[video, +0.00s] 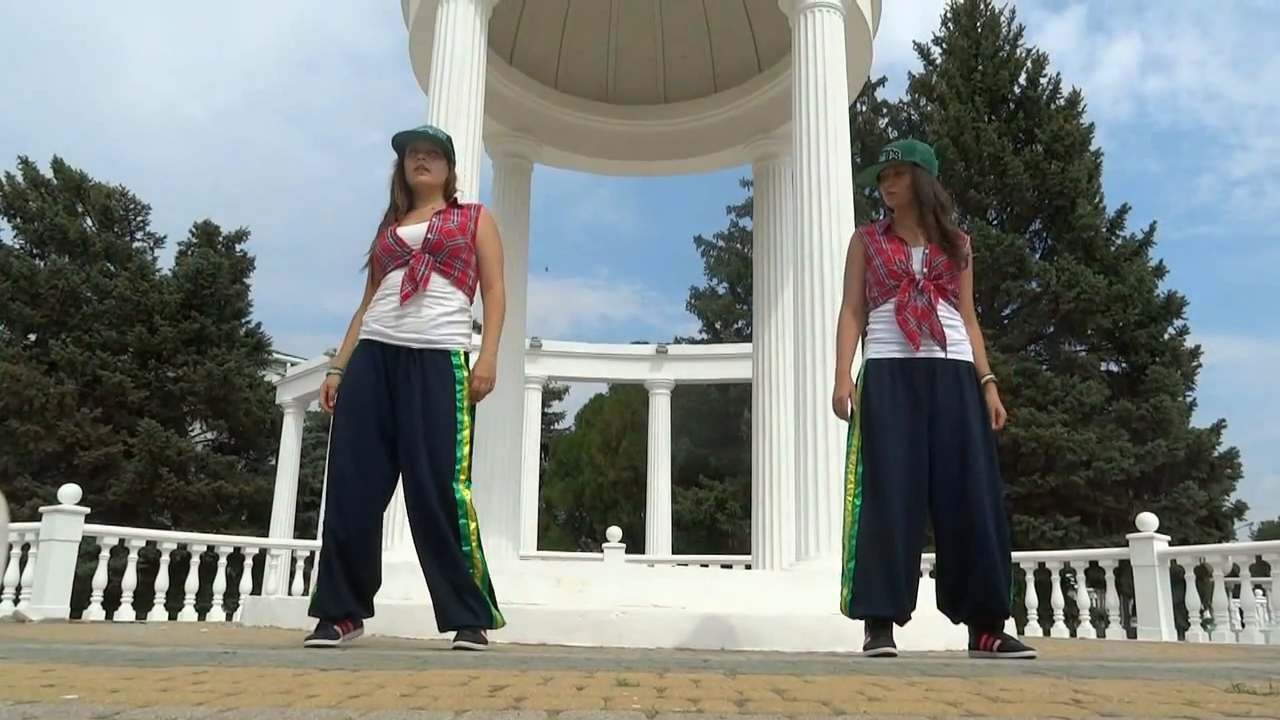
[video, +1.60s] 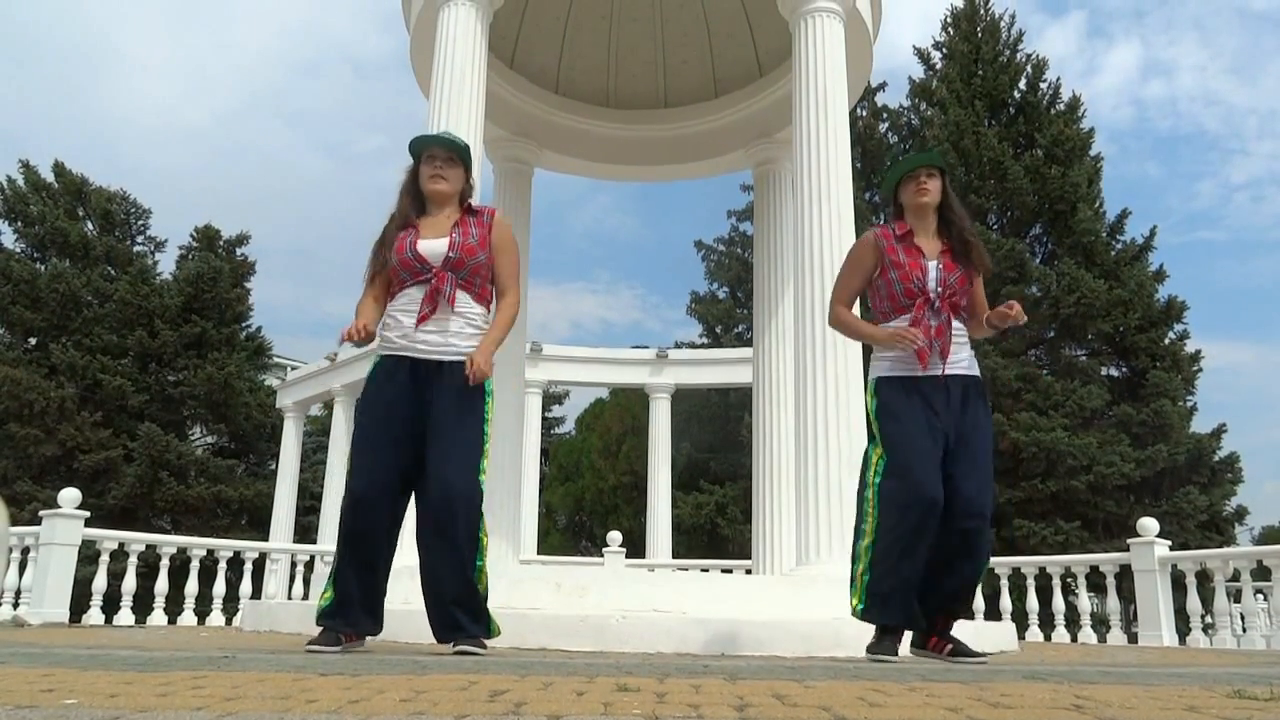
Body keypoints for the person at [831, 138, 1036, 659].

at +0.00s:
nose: (886, 184)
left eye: (896, 174)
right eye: (882, 176)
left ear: (923, 180)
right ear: (880, 184)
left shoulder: (955, 242)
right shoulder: (867, 240)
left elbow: (967, 314)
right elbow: (852, 311)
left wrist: (987, 380)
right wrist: (843, 375)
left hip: (954, 379)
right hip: (890, 379)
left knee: (973, 496)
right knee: (890, 499)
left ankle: (986, 630)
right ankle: (880, 626)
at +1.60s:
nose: (922, 183)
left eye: (930, 176)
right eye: (912, 178)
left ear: (944, 188)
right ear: (898, 192)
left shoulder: (963, 247)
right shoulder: (878, 242)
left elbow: (975, 326)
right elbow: (838, 311)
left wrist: (996, 319)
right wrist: (879, 334)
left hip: (963, 386)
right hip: (902, 386)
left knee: (972, 506)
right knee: (917, 496)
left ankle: (936, 632)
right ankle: (890, 626)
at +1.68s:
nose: (927, 195)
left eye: (936, 189)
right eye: (917, 191)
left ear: (950, 204)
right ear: (904, 208)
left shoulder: (968, 263)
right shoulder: (885, 257)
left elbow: (985, 349)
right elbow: (856, 335)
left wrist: (995, 324)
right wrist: (929, 326)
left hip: (962, 397)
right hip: (899, 395)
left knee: (977, 507)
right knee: (943, 491)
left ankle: (939, 635)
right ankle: (904, 611)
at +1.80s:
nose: (927, 177)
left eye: (936, 172)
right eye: (917, 173)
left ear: (949, 190)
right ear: (902, 193)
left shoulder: (965, 243)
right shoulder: (887, 240)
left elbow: (993, 320)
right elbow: (899, 311)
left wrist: (999, 275)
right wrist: (971, 268)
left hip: (955, 383)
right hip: (900, 381)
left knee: (969, 489)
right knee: (938, 482)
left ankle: (938, 627)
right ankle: (926, 622)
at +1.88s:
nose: (921, 148)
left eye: (930, 143)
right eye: (911, 144)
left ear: (948, 162)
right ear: (895, 163)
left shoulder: (969, 213)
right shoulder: (883, 211)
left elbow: (1014, 276)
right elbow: (876, 278)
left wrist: (1021, 237)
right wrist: (926, 222)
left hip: (958, 363)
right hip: (905, 359)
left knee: (963, 481)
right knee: (927, 475)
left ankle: (935, 610)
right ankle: (931, 613)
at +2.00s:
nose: (924, 143)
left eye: (933, 138)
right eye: (913, 139)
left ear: (948, 156)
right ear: (897, 159)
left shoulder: (972, 213)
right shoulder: (885, 215)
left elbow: (1013, 262)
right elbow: (830, 271)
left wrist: (1057, 227)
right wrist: (840, 203)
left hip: (957, 370)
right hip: (902, 366)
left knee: (933, 484)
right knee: (927, 483)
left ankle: (889, 592)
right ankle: (925, 629)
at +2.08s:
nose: (930, 147)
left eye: (939, 141)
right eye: (919, 142)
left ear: (955, 160)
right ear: (902, 162)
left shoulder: (972, 222)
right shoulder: (886, 213)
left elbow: (1011, 290)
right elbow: (855, 286)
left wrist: (1048, 251)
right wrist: (895, 217)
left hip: (950, 370)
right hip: (901, 363)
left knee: (936, 480)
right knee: (937, 475)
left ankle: (884, 596)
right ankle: (924, 630)